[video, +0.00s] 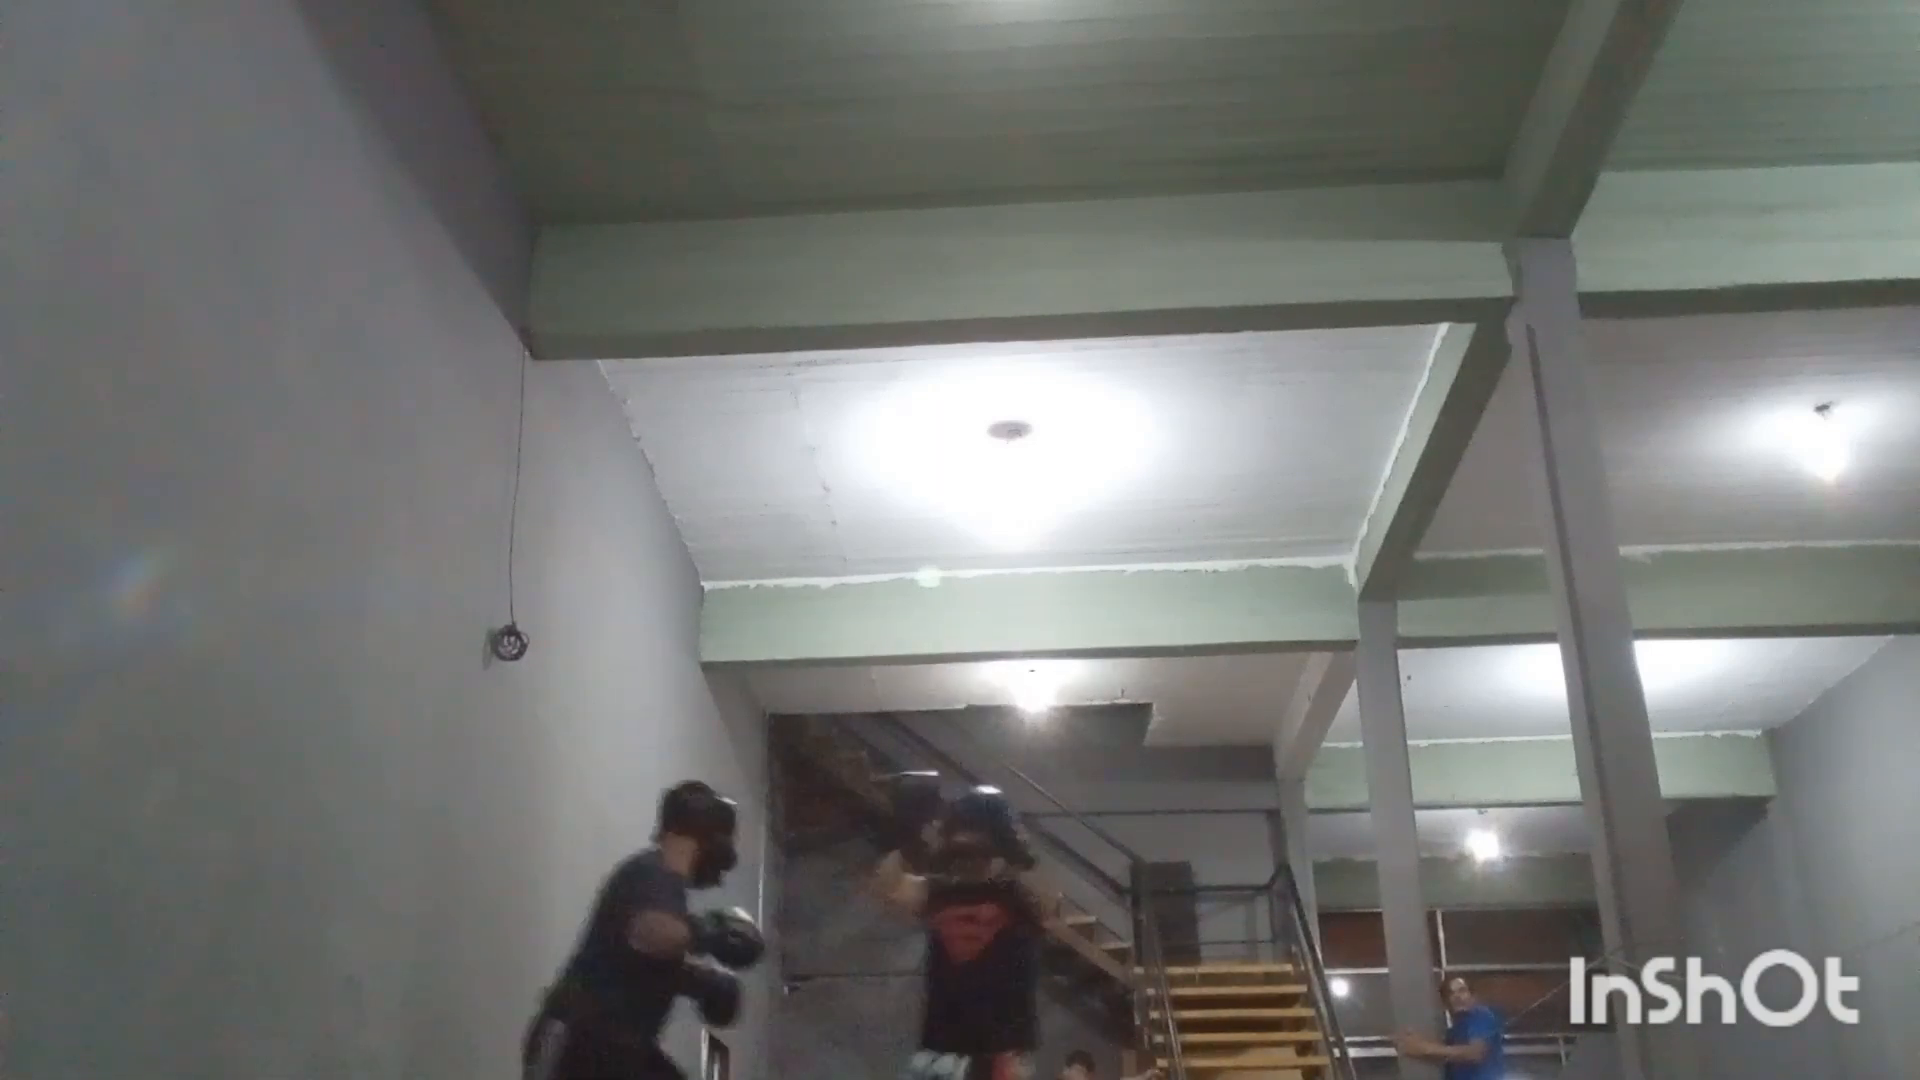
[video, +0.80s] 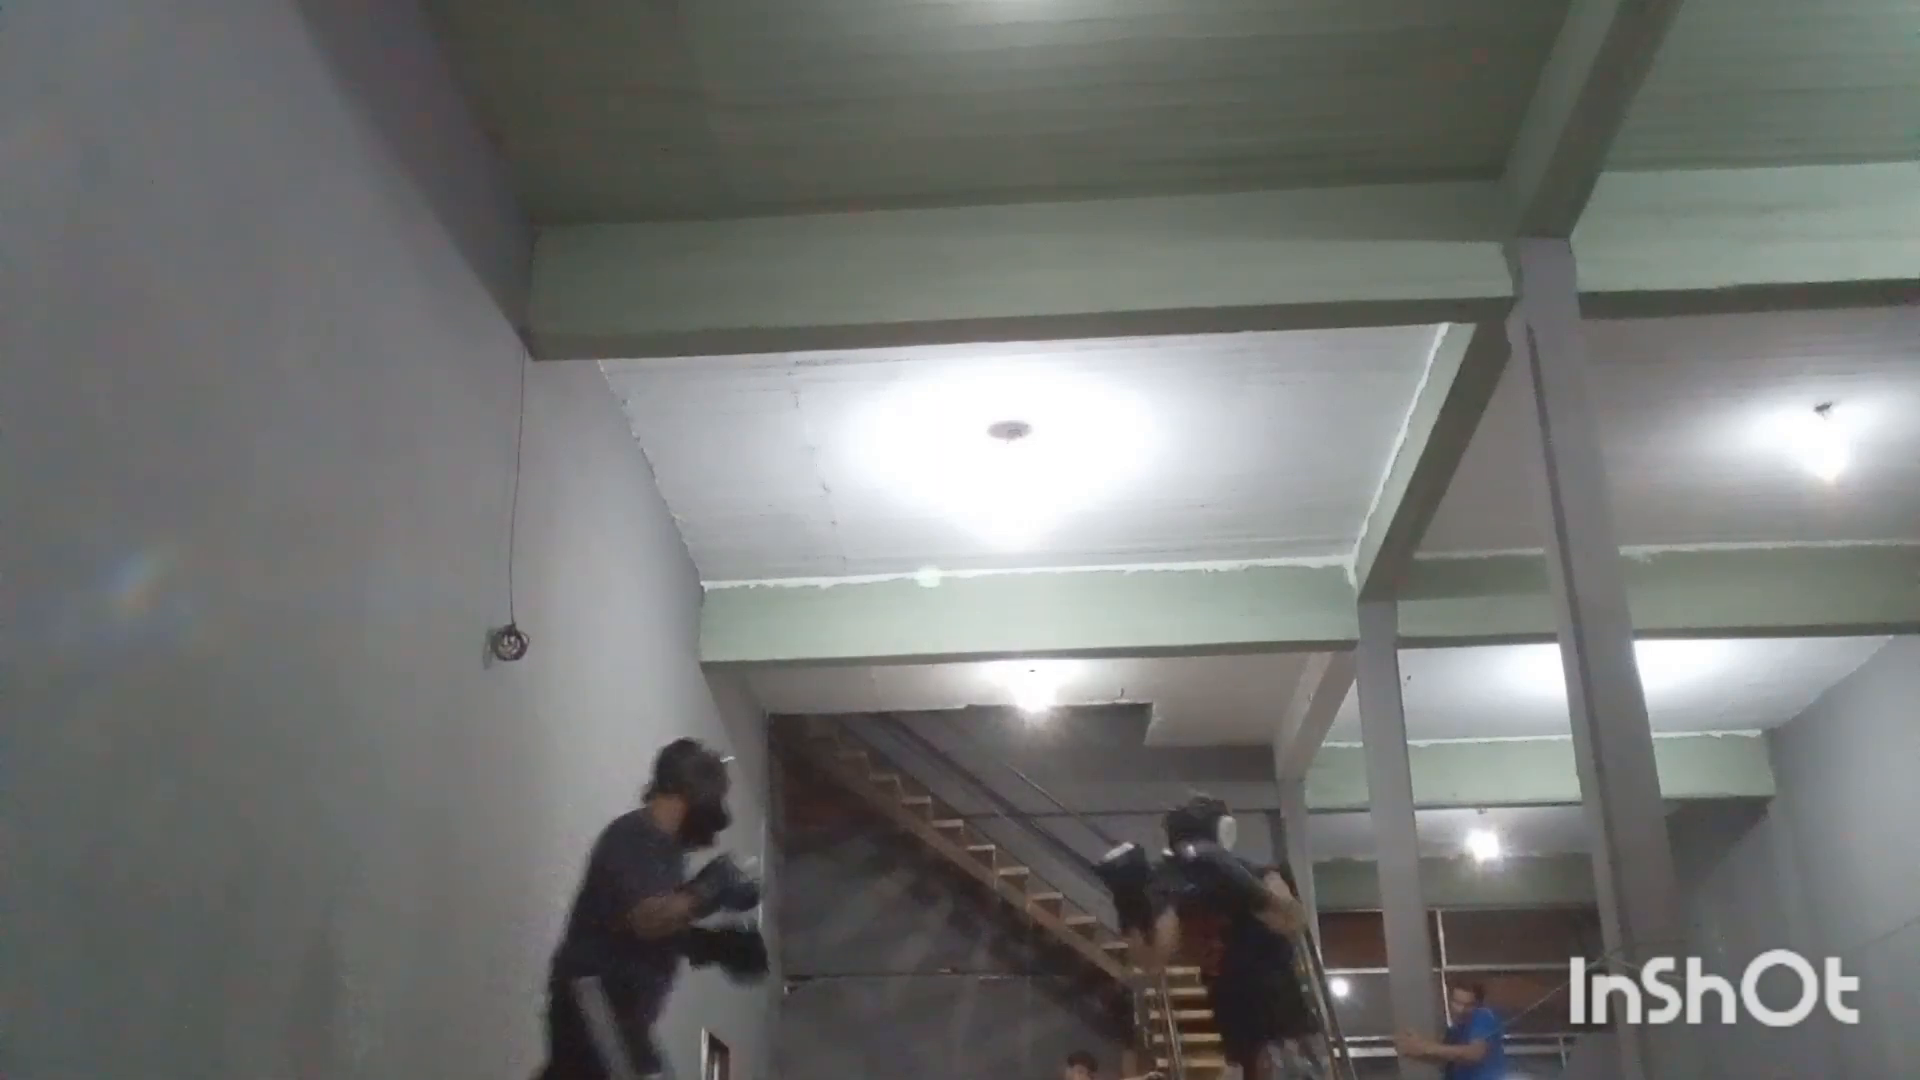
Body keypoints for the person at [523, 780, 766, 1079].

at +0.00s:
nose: (730, 854)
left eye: (729, 839)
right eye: (724, 837)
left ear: (674, 829)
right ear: (703, 834)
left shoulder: (662, 884)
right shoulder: (652, 874)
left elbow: (645, 962)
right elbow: (648, 933)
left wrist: (703, 982)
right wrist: (708, 931)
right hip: (590, 1038)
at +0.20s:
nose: (679, 817)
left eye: (680, 805)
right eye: (675, 803)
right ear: (656, 796)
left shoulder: (635, 858)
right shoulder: (587, 834)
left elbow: (663, 952)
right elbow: (558, 895)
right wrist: (629, 910)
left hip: (584, 1005)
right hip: (539, 995)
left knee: (591, 1072)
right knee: (530, 1072)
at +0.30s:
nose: (660, 838)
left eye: (658, 825)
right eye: (652, 825)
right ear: (628, 819)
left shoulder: (614, 876)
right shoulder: (562, 868)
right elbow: (537, 947)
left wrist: (654, 955)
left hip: (561, 1027)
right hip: (519, 1023)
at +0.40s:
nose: (655, 830)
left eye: (654, 816)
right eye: (648, 815)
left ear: (619, 812)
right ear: (623, 812)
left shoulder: (609, 870)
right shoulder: (562, 859)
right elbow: (551, 936)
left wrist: (642, 933)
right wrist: (615, 930)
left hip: (555, 1019)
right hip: (518, 1014)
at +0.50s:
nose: (668, 794)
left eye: (668, 781)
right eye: (662, 779)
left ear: (633, 772)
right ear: (636, 772)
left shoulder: (614, 825)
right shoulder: (587, 814)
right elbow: (579, 889)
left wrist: (647, 883)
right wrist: (639, 873)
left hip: (563, 973)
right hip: (536, 970)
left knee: (561, 1069)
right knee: (537, 1070)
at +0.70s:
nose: (687, 811)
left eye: (688, 799)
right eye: (682, 798)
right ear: (659, 791)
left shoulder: (637, 849)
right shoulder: (606, 833)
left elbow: (625, 911)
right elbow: (610, 912)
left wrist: (681, 895)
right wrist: (671, 902)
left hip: (587, 989)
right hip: (558, 981)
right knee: (591, 1070)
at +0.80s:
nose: (723, 814)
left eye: (722, 799)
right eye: (717, 798)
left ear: (685, 792)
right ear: (693, 793)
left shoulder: (664, 849)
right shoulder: (634, 836)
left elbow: (651, 928)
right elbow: (643, 918)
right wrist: (705, 891)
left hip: (623, 997)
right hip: (594, 989)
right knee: (629, 1069)